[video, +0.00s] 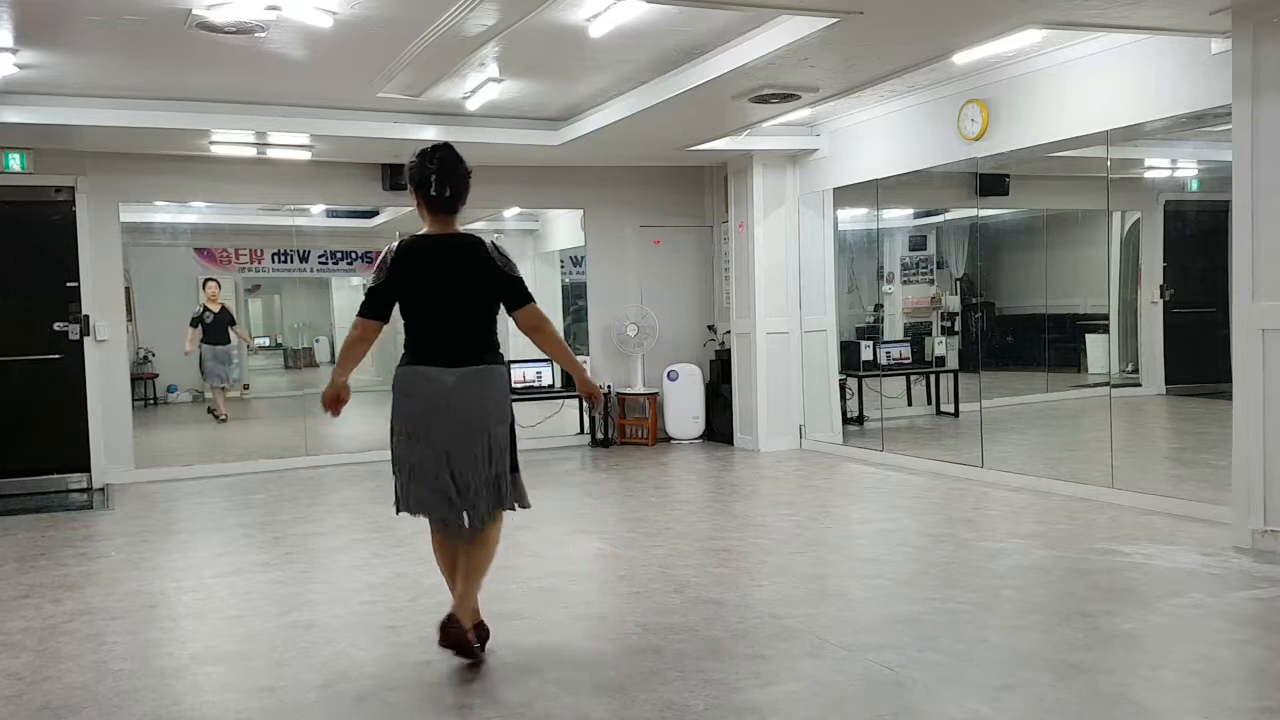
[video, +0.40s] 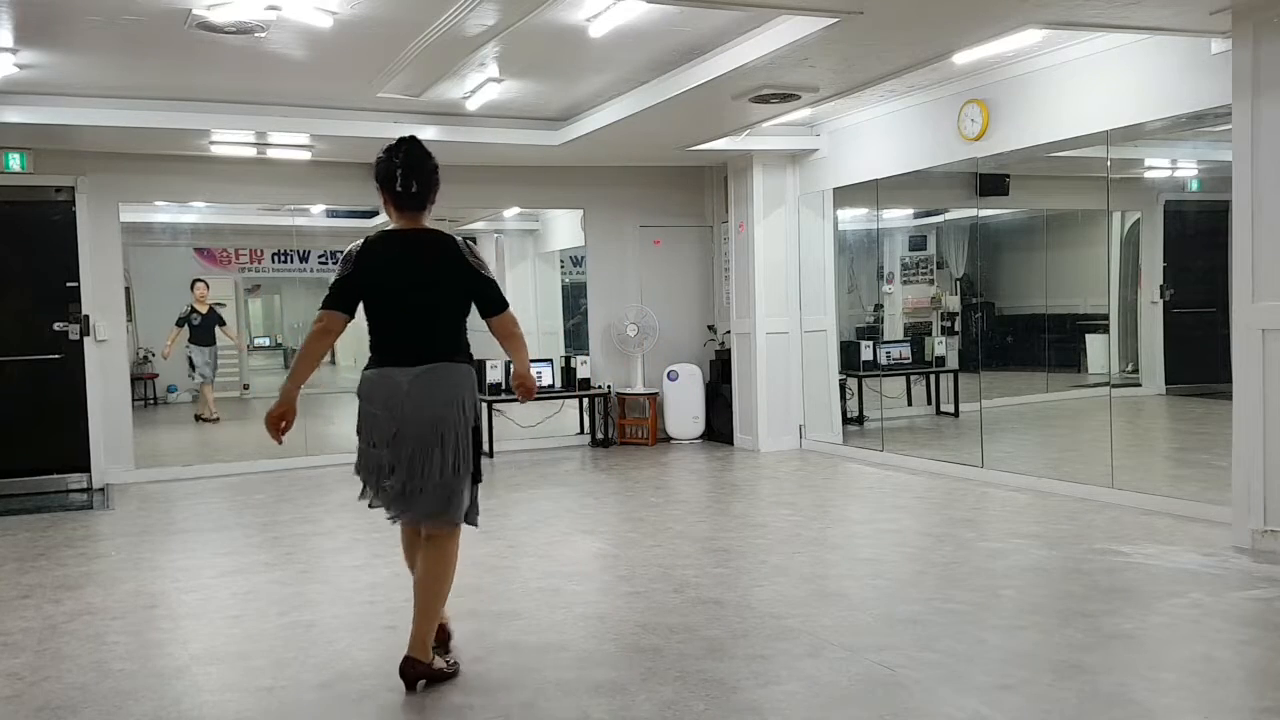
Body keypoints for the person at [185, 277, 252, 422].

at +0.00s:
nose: (213, 291)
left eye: (216, 288)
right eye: (210, 288)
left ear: (220, 290)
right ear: (204, 291)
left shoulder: (225, 309)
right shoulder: (201, 310)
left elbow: (236, 328)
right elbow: (192, 329)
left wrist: (248, 341)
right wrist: (188, 345)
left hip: (225, 348)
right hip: (209, 348)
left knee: (224, 380)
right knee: (215, 381)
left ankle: (214, 407)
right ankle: (222, 411)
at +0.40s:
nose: (202, 292)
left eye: (204, 289)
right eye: (198, 289)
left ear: (208, 291)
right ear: (193, 292)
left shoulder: (213, 310)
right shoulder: (189, 310)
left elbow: (224, 327)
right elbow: (177, 329)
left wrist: (236, 340)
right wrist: (168, 346)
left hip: (211, 348)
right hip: (196, 348)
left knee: (208, 380)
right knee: (205, 379)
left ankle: (201, 412)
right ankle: (213, 411)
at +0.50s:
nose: (198, 292)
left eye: (201, 289)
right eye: (195, 289)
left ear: (204, 292)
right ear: (189, 292)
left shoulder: (209, 310)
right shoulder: (185, 310)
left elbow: (221, 327)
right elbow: (173, 329)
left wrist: (233, 342)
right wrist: (164, 346)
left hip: (209, 349)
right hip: (193, 349)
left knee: (207, 381)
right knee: (200, 380)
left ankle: (202, 412)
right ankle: (199, 413)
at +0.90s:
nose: (183, 291)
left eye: (186, 288)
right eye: (180, 288)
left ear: (190, 291)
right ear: (174, 291)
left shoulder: (195, 310)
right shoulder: (168, 309)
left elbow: (208, 327)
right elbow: (158, 325)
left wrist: (220, 340)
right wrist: (150, 337)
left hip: (194, 350)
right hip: (174, 351)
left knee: (198, 383)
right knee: (179, 385)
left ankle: (200, 412)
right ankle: (182, 414)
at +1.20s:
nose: (172, 291)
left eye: (175, 288)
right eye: (169, 288)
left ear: (180, 291)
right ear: (164, 291)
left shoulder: (185, 311)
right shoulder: (159, 310)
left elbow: (201, 329)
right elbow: (152, 327)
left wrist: (209, 341)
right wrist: (147, 338)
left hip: (182, 350)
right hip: (165, 351)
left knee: (177, 381)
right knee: (172, 382)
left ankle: (180, 413)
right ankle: (181, 412)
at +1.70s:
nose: (161, 290)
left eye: (165, 287)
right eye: (158, 287)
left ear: (170, 289)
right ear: (154, 290)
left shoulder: (174, 308)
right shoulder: (150, 308)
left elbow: (190, 328)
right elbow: (147, 328)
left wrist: (198, 342)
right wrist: (135, 337)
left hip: (171, 349)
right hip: (155, 350)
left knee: (168, 383)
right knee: (166, 384)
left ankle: (162, 416)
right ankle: (179, 411)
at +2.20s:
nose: (152, 290)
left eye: (155, 287)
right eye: (149, 287)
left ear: (159, 290)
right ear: (143, 290)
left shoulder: (167, 307)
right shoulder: (139, 309)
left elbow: (178, 330)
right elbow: (133, 329)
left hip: (166, 348)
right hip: (146, 349)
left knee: (166, 381)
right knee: (144, 383)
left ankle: (163, 415)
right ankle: (157, 410)